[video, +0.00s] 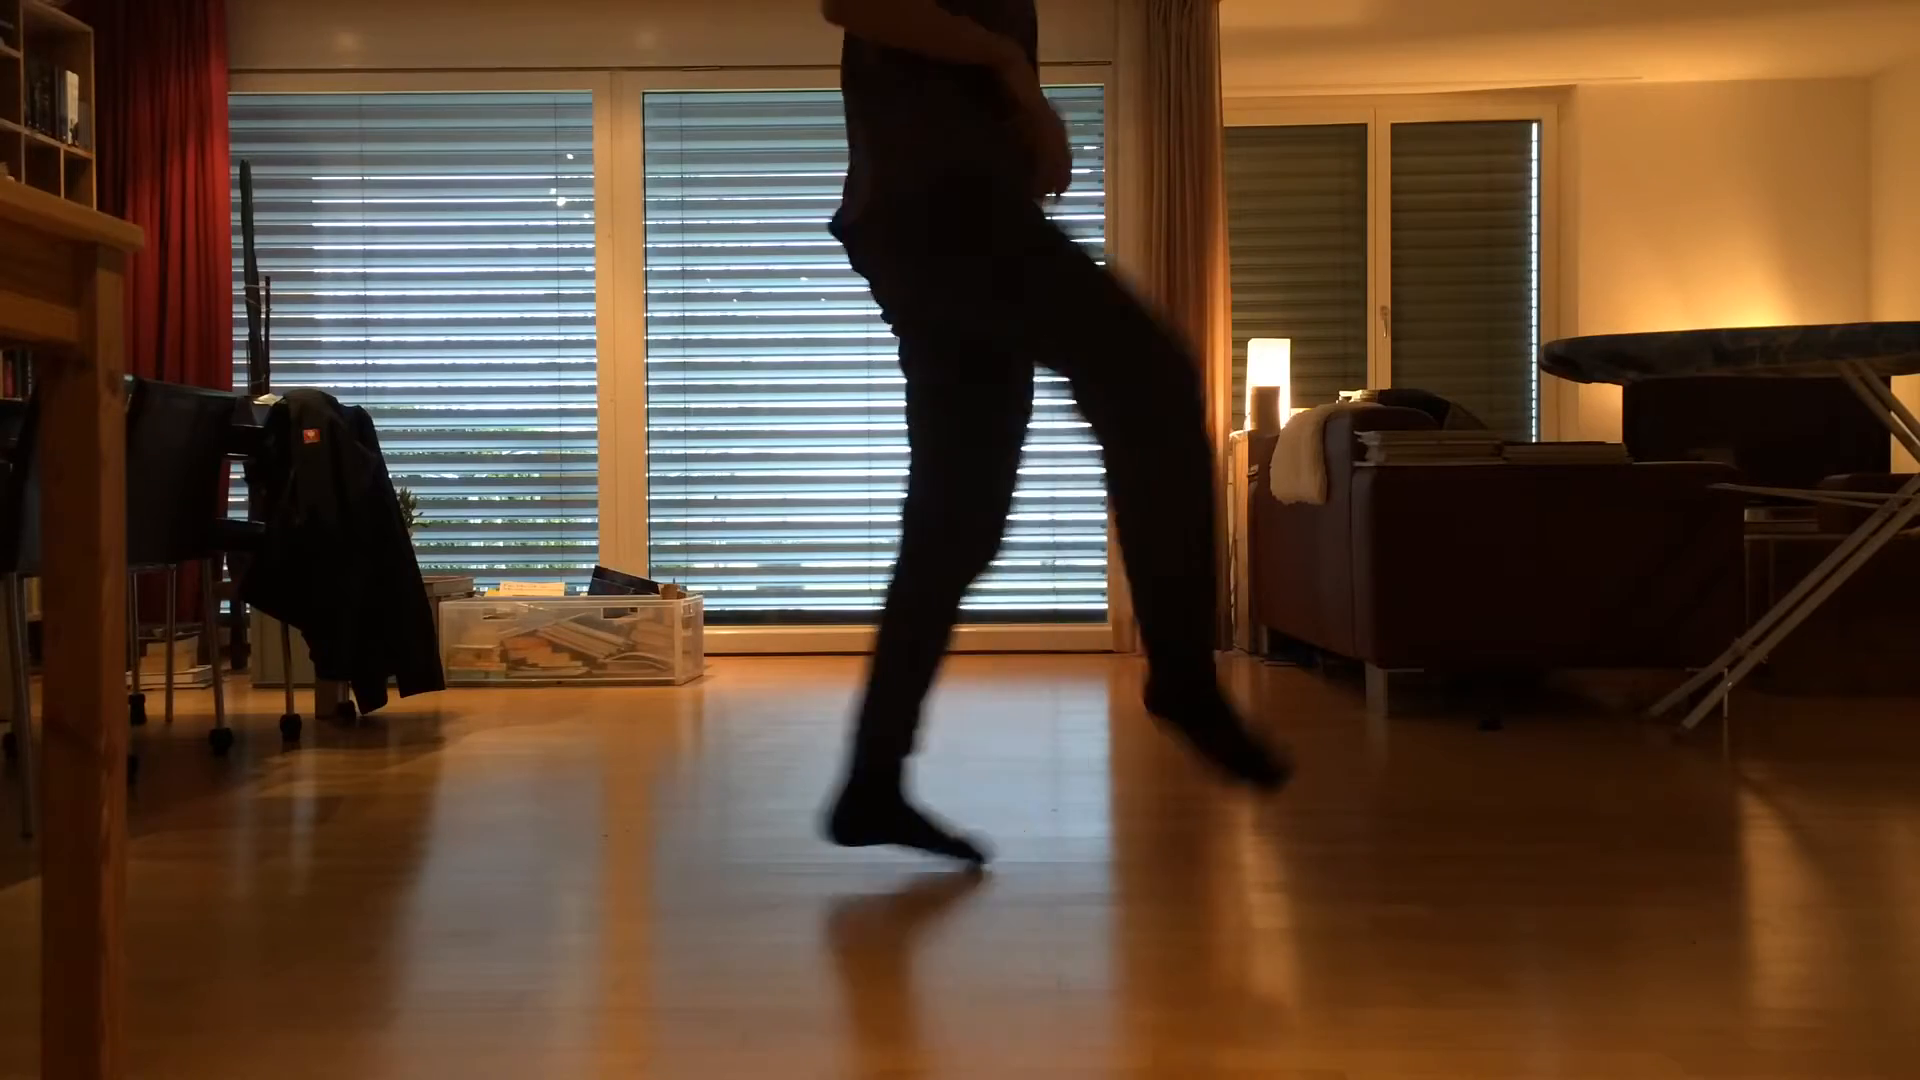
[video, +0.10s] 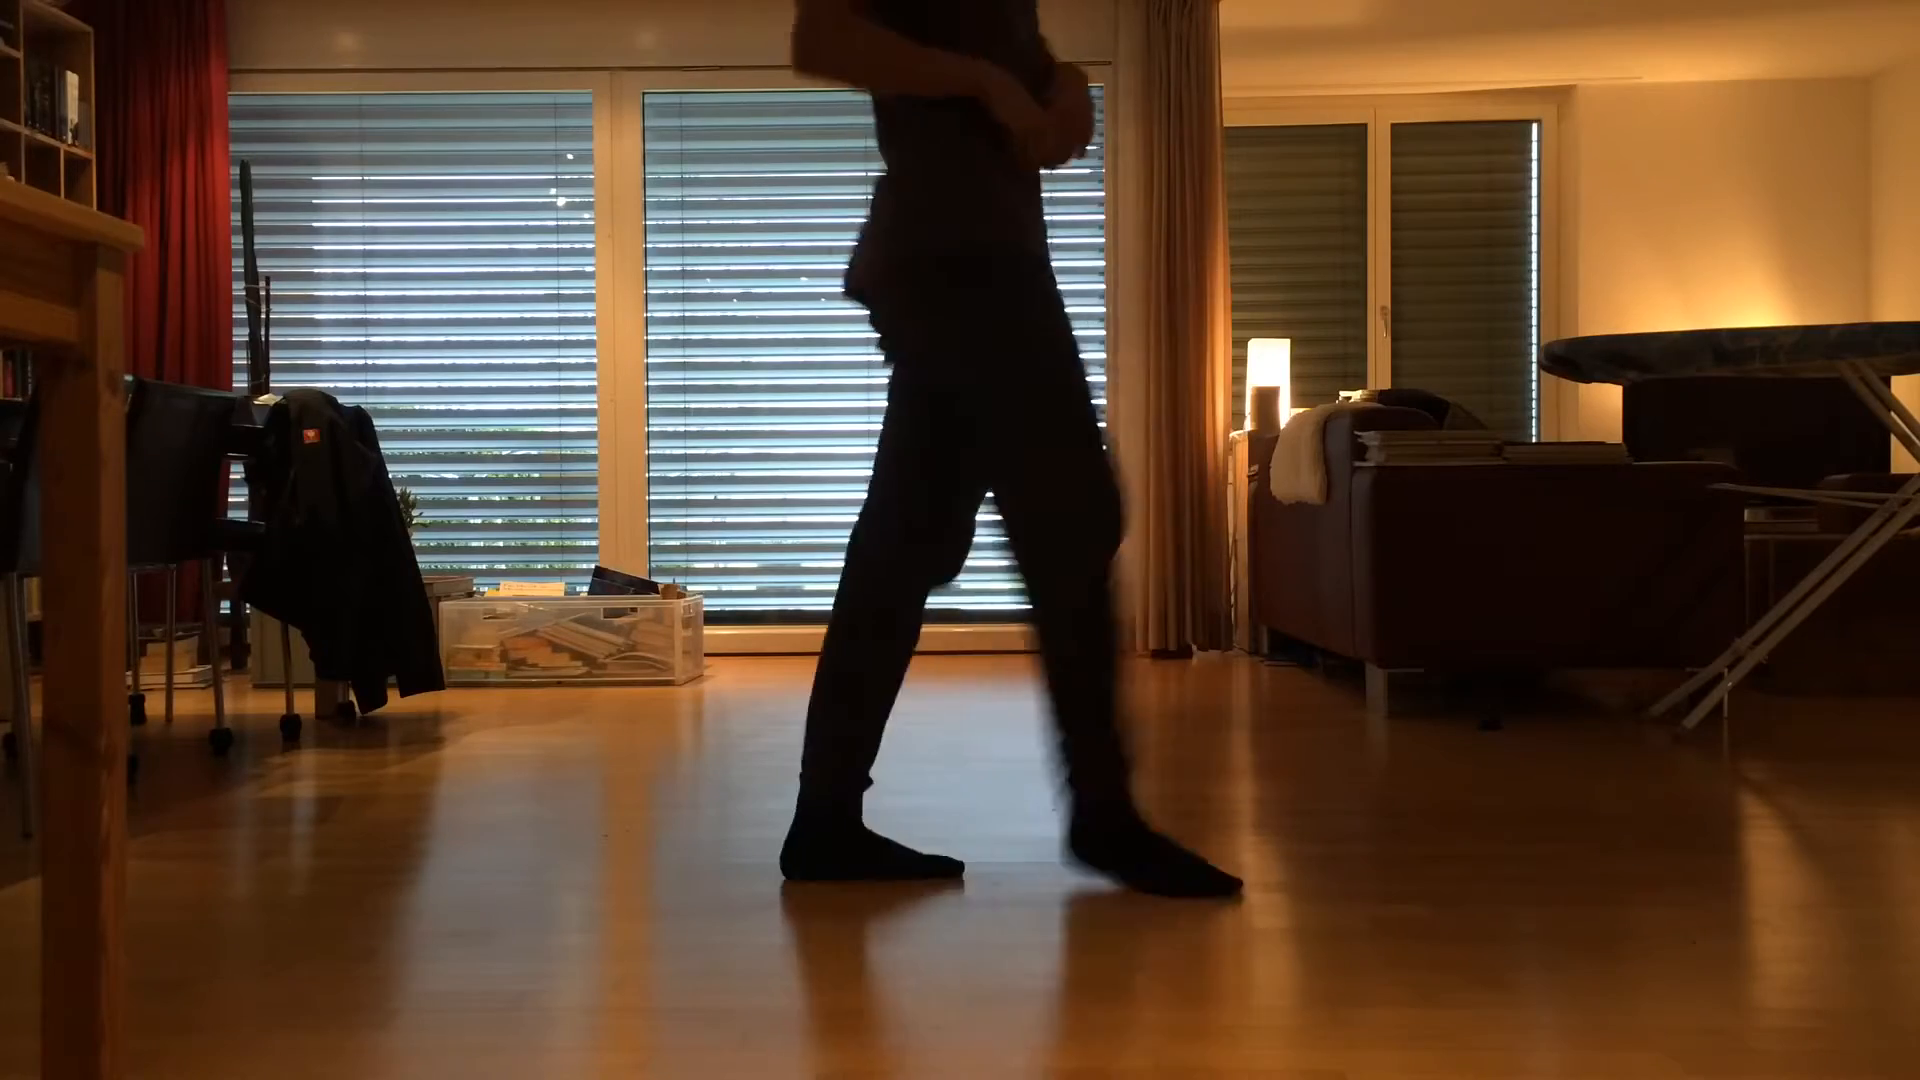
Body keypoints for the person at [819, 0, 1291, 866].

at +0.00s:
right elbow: (852, 11)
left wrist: (1029, 123)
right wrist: (1008, 60)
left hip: (963, 208)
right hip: (938, 208)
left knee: (953, 522)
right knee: (1153, 386)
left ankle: (871, 788)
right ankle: (1184, 682)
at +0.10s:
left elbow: (1016, 46)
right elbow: (820, 38)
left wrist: (1066, 93)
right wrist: (988, 81)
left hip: (986, 243)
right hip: (953, 248)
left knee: (907, 538)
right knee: (1071, 520)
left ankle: (825, 822)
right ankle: (1104, 816)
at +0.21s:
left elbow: (1090, 54)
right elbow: (805, 65)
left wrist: (1095, 91)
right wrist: (963, 93)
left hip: (1017, 248)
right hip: (929, 247)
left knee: (979, 525)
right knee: (1016, 520)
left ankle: (849, 772)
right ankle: (1031, 813)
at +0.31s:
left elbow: (1133, 50)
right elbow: (793, 88)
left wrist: (1095, 98)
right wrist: (917, 91)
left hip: (1049, 234)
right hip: (932, 246)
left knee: (1169, 488)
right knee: (969, 551)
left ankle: (988, 584)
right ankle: (925, 822)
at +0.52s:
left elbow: (1165, 6)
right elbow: (825, 99)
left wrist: (1141, 117)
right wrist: (915, 110)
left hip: (1116, 210)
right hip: (977, 227)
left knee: (1217, 425)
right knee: (958, 513)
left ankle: (1150, 661)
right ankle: (987, 789)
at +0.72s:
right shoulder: (907, 5)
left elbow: (1222, 12)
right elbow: (896, 139)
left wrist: (1197, 139)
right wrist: (953, 142)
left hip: (1162, 219)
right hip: (1022, 240)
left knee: (1187, 445)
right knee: (1023, 528)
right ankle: (1025, 791)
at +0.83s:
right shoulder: (946, 7)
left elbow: (1267, 9)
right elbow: (938, 127)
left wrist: (1205, 134)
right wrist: (981, 146)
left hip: (1184, 209)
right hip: (1051, 232)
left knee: (1201, 400)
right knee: (1027, 519)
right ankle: (1035, 790)